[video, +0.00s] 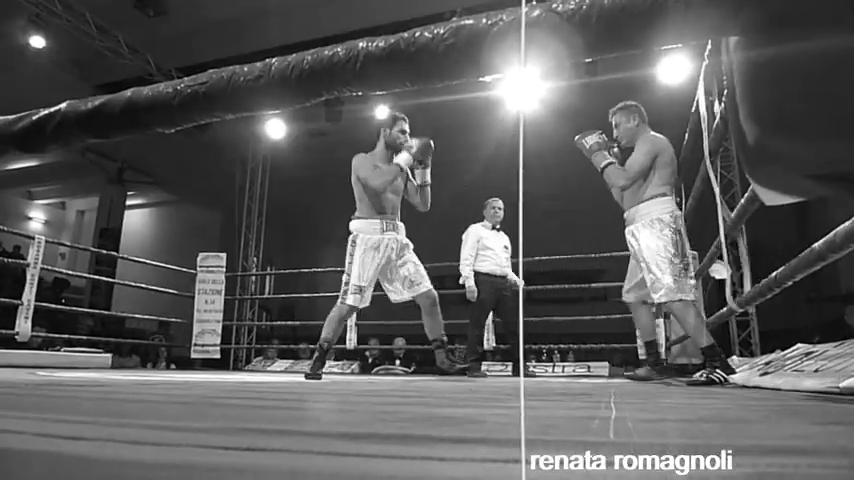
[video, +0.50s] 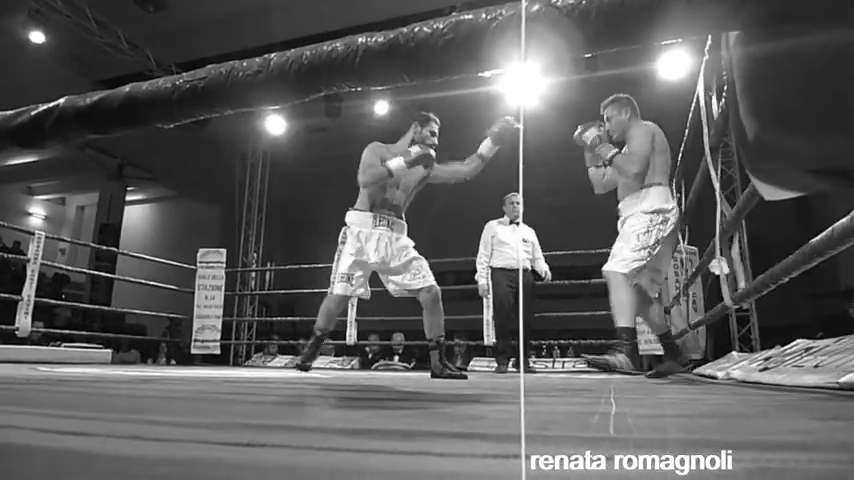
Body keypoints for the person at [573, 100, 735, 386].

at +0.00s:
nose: (615, 133)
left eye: (618, 125)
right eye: (613, 128)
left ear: (636, 120)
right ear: (632, 125)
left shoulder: (651, 141)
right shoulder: (637, 154)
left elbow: (623, 179)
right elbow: (625, 199)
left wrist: (601, 155)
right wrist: (605, 162)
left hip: (658, 226)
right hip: (642, 230)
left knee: (672, 295)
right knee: (635, 295)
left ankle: (715, 360)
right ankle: (653, 361)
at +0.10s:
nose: (617, 126)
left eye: (620, 119)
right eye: (616, 121)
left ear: (638, 114)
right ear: (635, 117)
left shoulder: (651, 135)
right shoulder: (643, 143)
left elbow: (626, 176)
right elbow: (639, 179)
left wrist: (596, 156)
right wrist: (618, 157)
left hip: (659, 220)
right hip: (642, 225)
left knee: (677, 291)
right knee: (643, 293)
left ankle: (716, 361)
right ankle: (677, 359)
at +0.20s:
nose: (616, 128)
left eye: (619, 121)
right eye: (615, 123)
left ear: (636, 115)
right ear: (637, 118)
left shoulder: (645, 138)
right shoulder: (659, 140)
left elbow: (634, 185)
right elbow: (642, 184)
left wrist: (600, 168)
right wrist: (619, 161)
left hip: (658, 220)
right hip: (652, 223)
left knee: (672, 292)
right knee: (663, 294)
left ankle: (715, 359)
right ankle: (689, 362)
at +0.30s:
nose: (613, 130)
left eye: (616, 122)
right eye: (612, 124)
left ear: (634, 116)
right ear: (635, 119)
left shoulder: (644, 139)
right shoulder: (649, 141)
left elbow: (640, 183)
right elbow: (637, 187)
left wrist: (603, 172)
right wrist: (617, 164)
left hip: (658, 219)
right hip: (658, 220)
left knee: (650, 289)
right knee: (662, 291)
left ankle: (703, 352)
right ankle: (691, 359)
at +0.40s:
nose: (610, 123)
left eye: (612, 116)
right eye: (608, 119)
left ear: (629, 112)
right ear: (630, 116)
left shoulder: (640, 129)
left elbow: (642, 168)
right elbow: (629, 193)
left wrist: (604, 161)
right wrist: (607, 162)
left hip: (656, 215)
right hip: (655, 217)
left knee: (632, 277)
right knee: (667, 289)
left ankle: (679, 348)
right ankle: (689, 356)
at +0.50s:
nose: (605, 125)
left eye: (608, 118)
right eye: (603, 120)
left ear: (626, 114)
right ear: (624, 117)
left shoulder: (642, 129)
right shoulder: (627, 147)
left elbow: (635, 169)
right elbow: (600, 184)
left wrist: (606, 149)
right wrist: (588, 149)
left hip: (650, 211)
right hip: (637, 215)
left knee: (616, 270)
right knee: (635, 290)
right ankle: (675, 353)